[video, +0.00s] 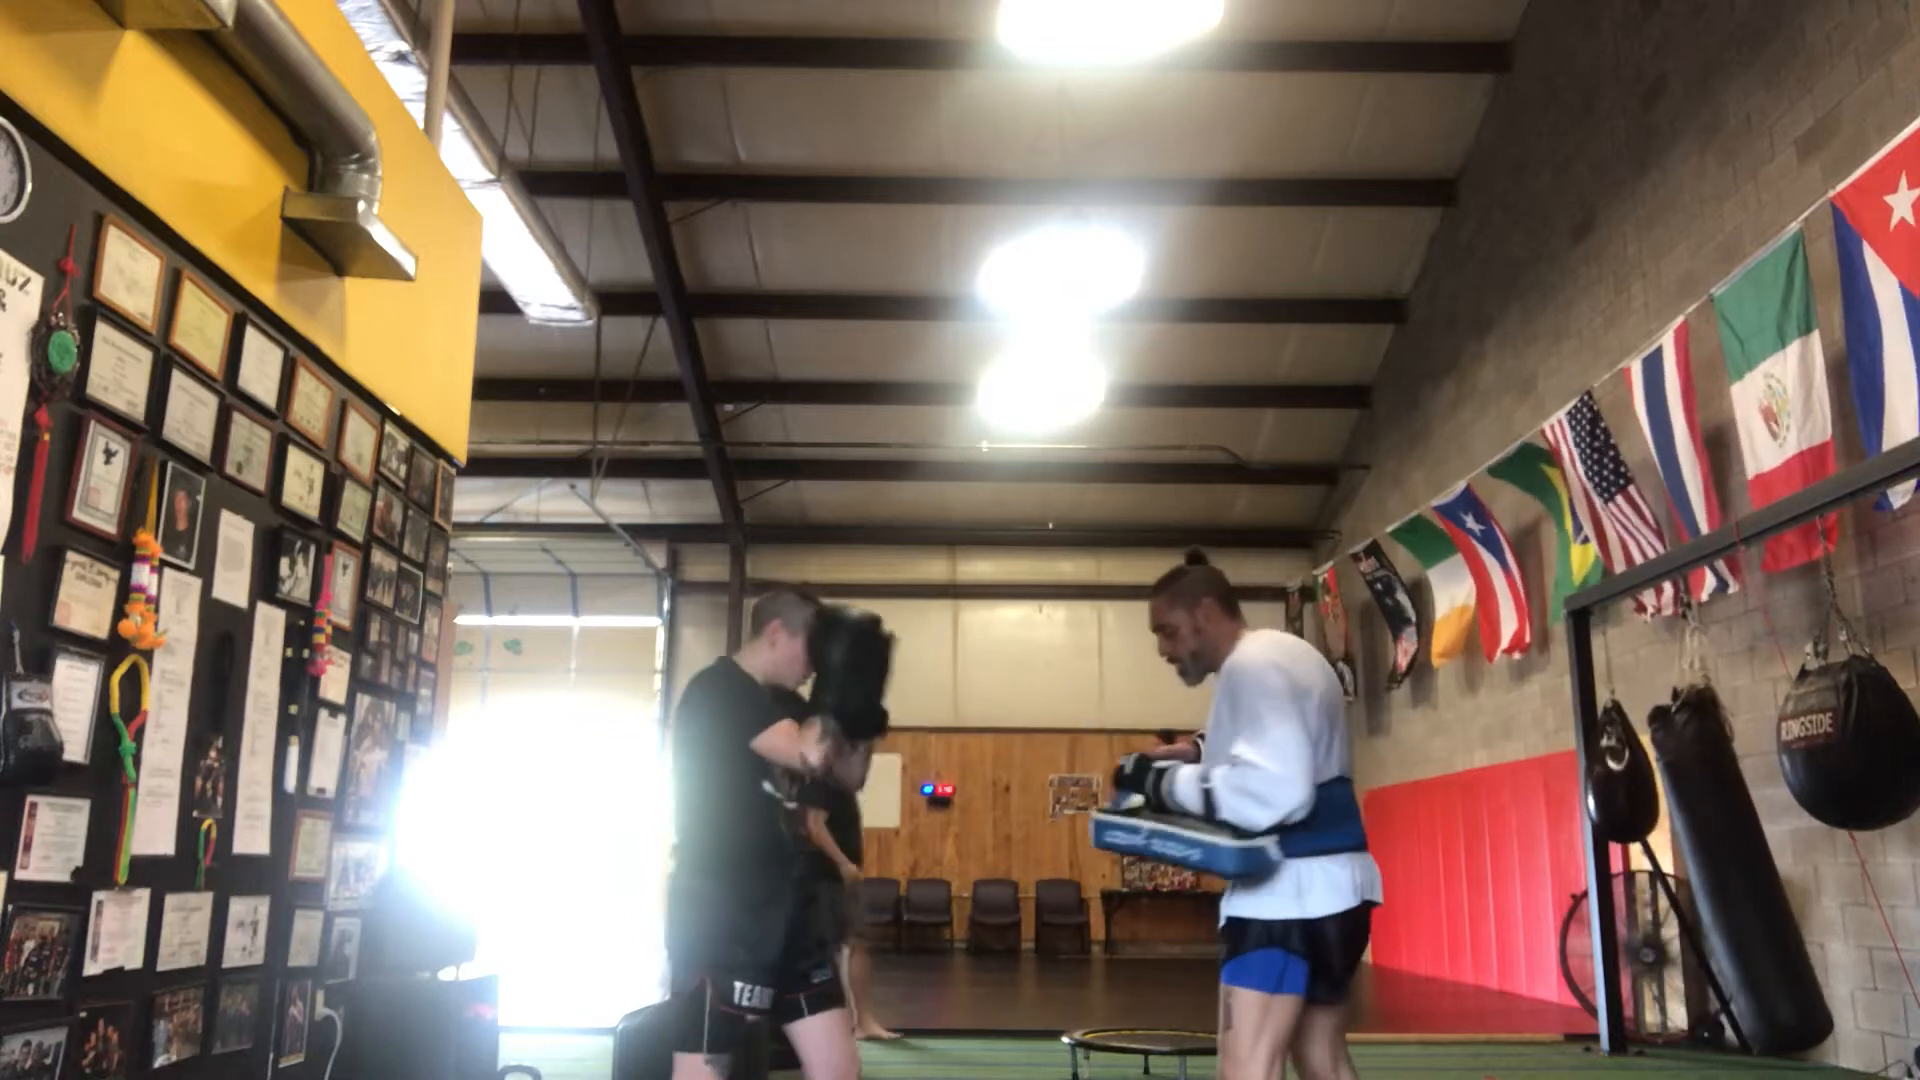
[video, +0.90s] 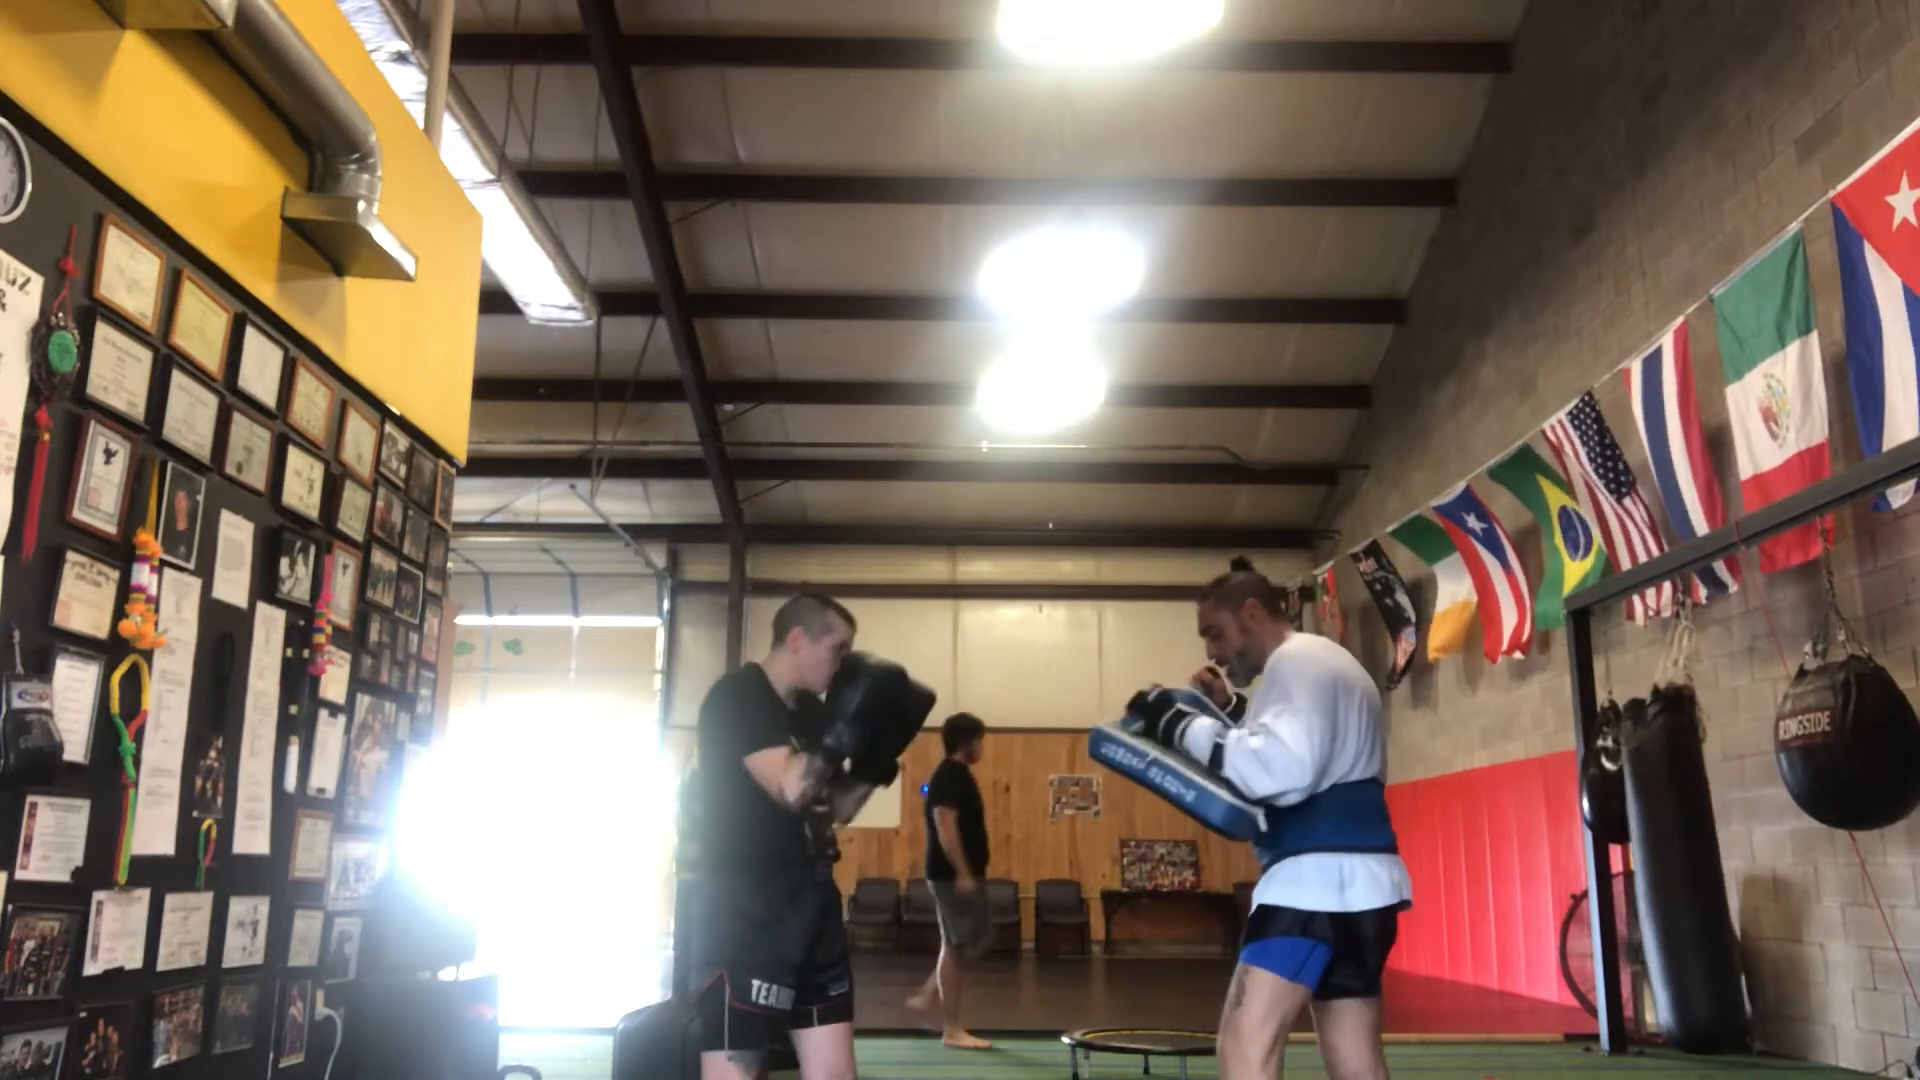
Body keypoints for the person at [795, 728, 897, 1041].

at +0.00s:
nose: (863, 760)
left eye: (864, 753)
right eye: (859, 753)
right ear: (839, 750)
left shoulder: (841, 784)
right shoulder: (822, 782)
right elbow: (815, 824)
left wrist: (851, 860)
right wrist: (843, 862)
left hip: (843, 872)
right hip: (831, 875)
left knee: (843, 946)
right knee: (854, 943)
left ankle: (846, 1017)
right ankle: (862, 1017)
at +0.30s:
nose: (902, 747)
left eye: (902, 741)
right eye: (899, 741)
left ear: (886, 742)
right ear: (885, 742)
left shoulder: (884, 775)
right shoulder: (866, 773)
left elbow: (879, 821)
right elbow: (850, 821)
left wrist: (895, 859)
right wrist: (844, 866)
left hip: (885, 867)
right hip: (868, 869)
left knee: (878, 943)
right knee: (871, 942)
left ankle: (865, 1016)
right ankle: (844, 1013)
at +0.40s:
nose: (914, 750)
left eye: (914, 744)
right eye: (910, 744)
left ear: (901, 746)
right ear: (897, 744)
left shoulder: (900, 781)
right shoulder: (875, 777)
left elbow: (906, 828)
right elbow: (858, 819)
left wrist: (939, 852)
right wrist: (858, 865)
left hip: (890, 870)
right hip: (885, 871)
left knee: (872, 945)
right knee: (898, 941)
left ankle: (865, 1020)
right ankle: (889, 1019)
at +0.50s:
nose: (928, 748)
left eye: (928, 742)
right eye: (924, 742)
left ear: (915, 745)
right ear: (911, 743)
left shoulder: (910, 781)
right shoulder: (891, 777)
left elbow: (921, 829)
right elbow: (872, 821)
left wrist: (960, 850)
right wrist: (874, 865)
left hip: (904, 873)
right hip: (898, 875)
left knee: (878, 949)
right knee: (917, 947)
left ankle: (865, 1020)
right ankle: (937, 1023)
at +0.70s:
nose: (955, 750)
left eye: (955, 744)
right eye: (952, 744)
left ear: (937, 745)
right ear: (938, 746)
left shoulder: (938, 780)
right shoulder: (920, 778)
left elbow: (946, 833)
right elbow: (908, 828)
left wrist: (968, 864)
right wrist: (913, 876)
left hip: (937, 874)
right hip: (931, 877)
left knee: (910, 948)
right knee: (946, 949)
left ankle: (871, 1016)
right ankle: (953, 1029)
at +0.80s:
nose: (970, 748)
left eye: (969, 742)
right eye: (966, 742)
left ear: (944, 743)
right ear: (953, 745)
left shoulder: (947, 776)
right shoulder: (935, 777)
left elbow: (950, 829)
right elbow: (927, 828)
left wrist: (964, 873)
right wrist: (935, 875)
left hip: (954, 873)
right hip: (943, 876)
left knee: (945, 946)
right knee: (949, 948)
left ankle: (890, 1001)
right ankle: (953, 1030)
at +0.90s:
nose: (982, 747)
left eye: (981, 741)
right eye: (979, 741)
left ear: (955, 741)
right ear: (967, 743)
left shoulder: (957, 774)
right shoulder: (950, 775)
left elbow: (954, 825)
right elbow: (945, 825)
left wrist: (972, 865)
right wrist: (962, 871)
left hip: (964, 873)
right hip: (951, 875)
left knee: (961, 944)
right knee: (956, 947)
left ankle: (926, 998)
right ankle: (952, 1028)